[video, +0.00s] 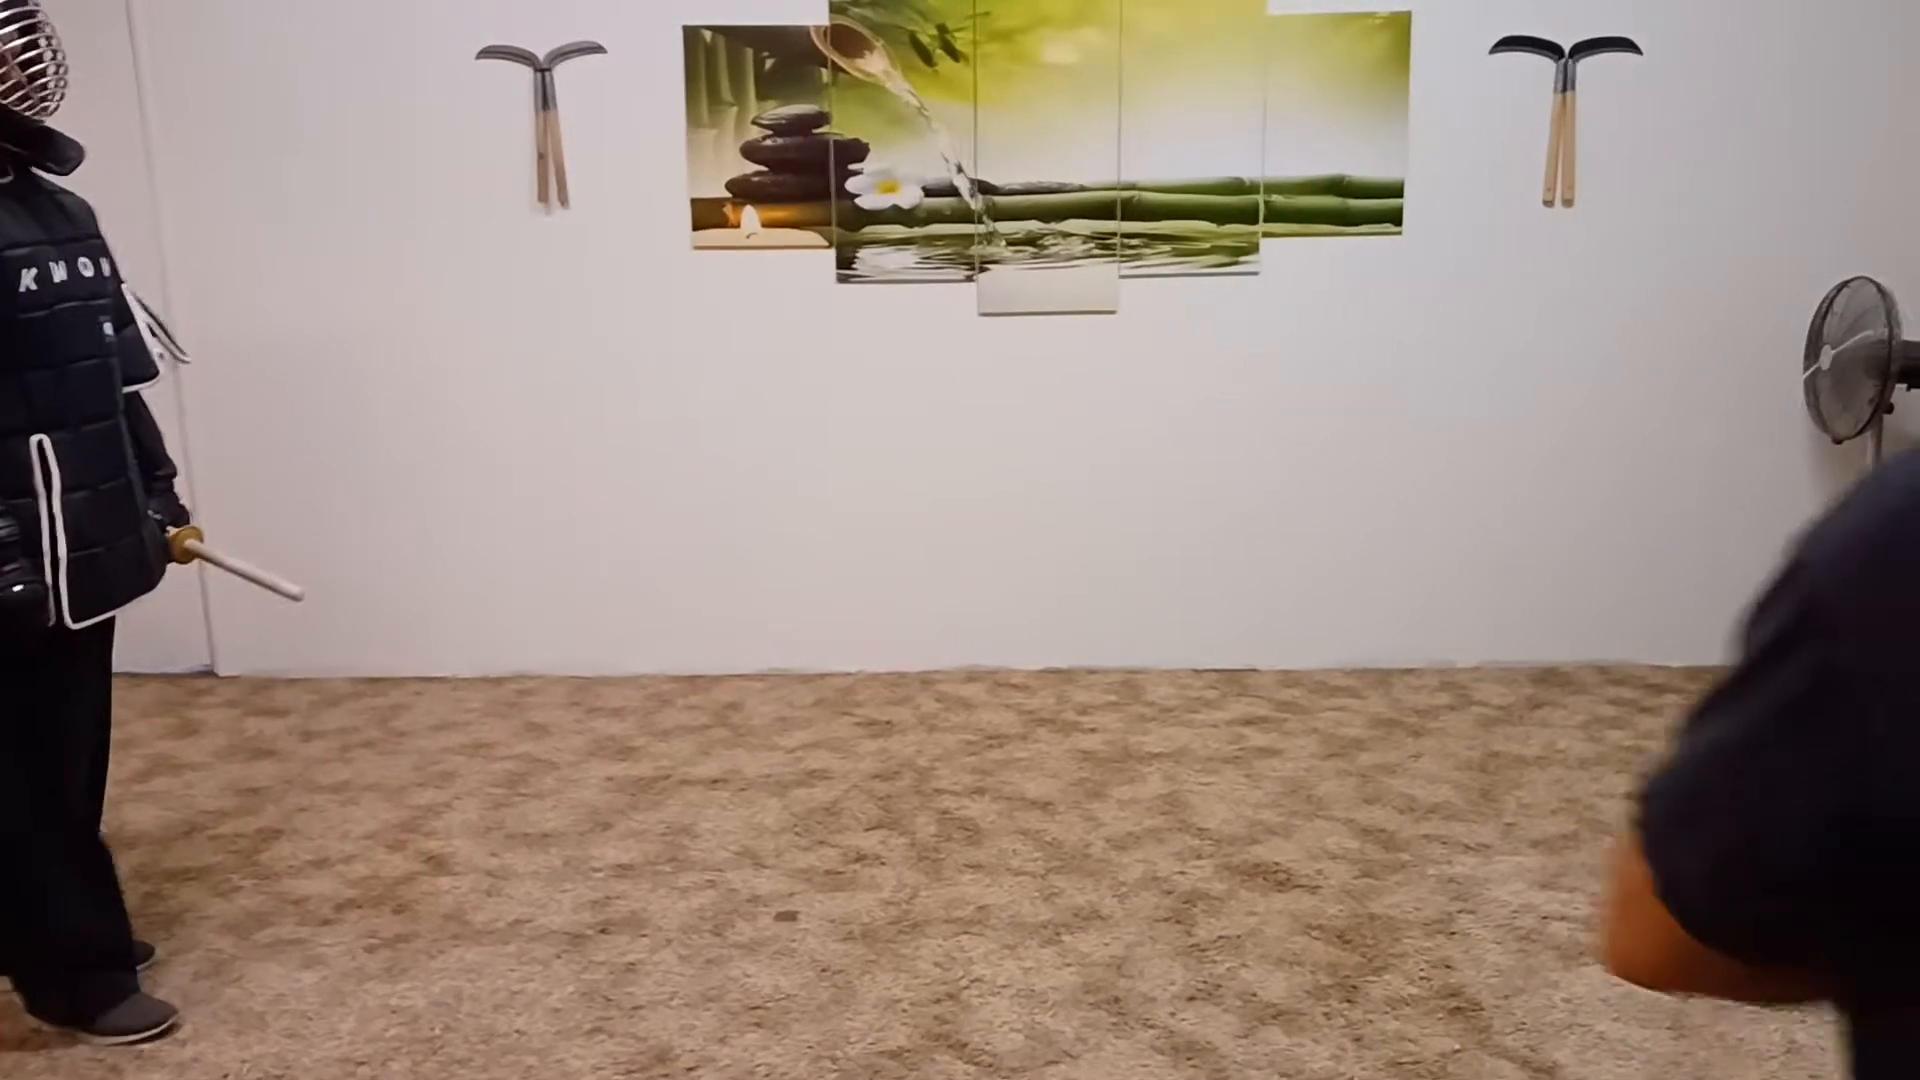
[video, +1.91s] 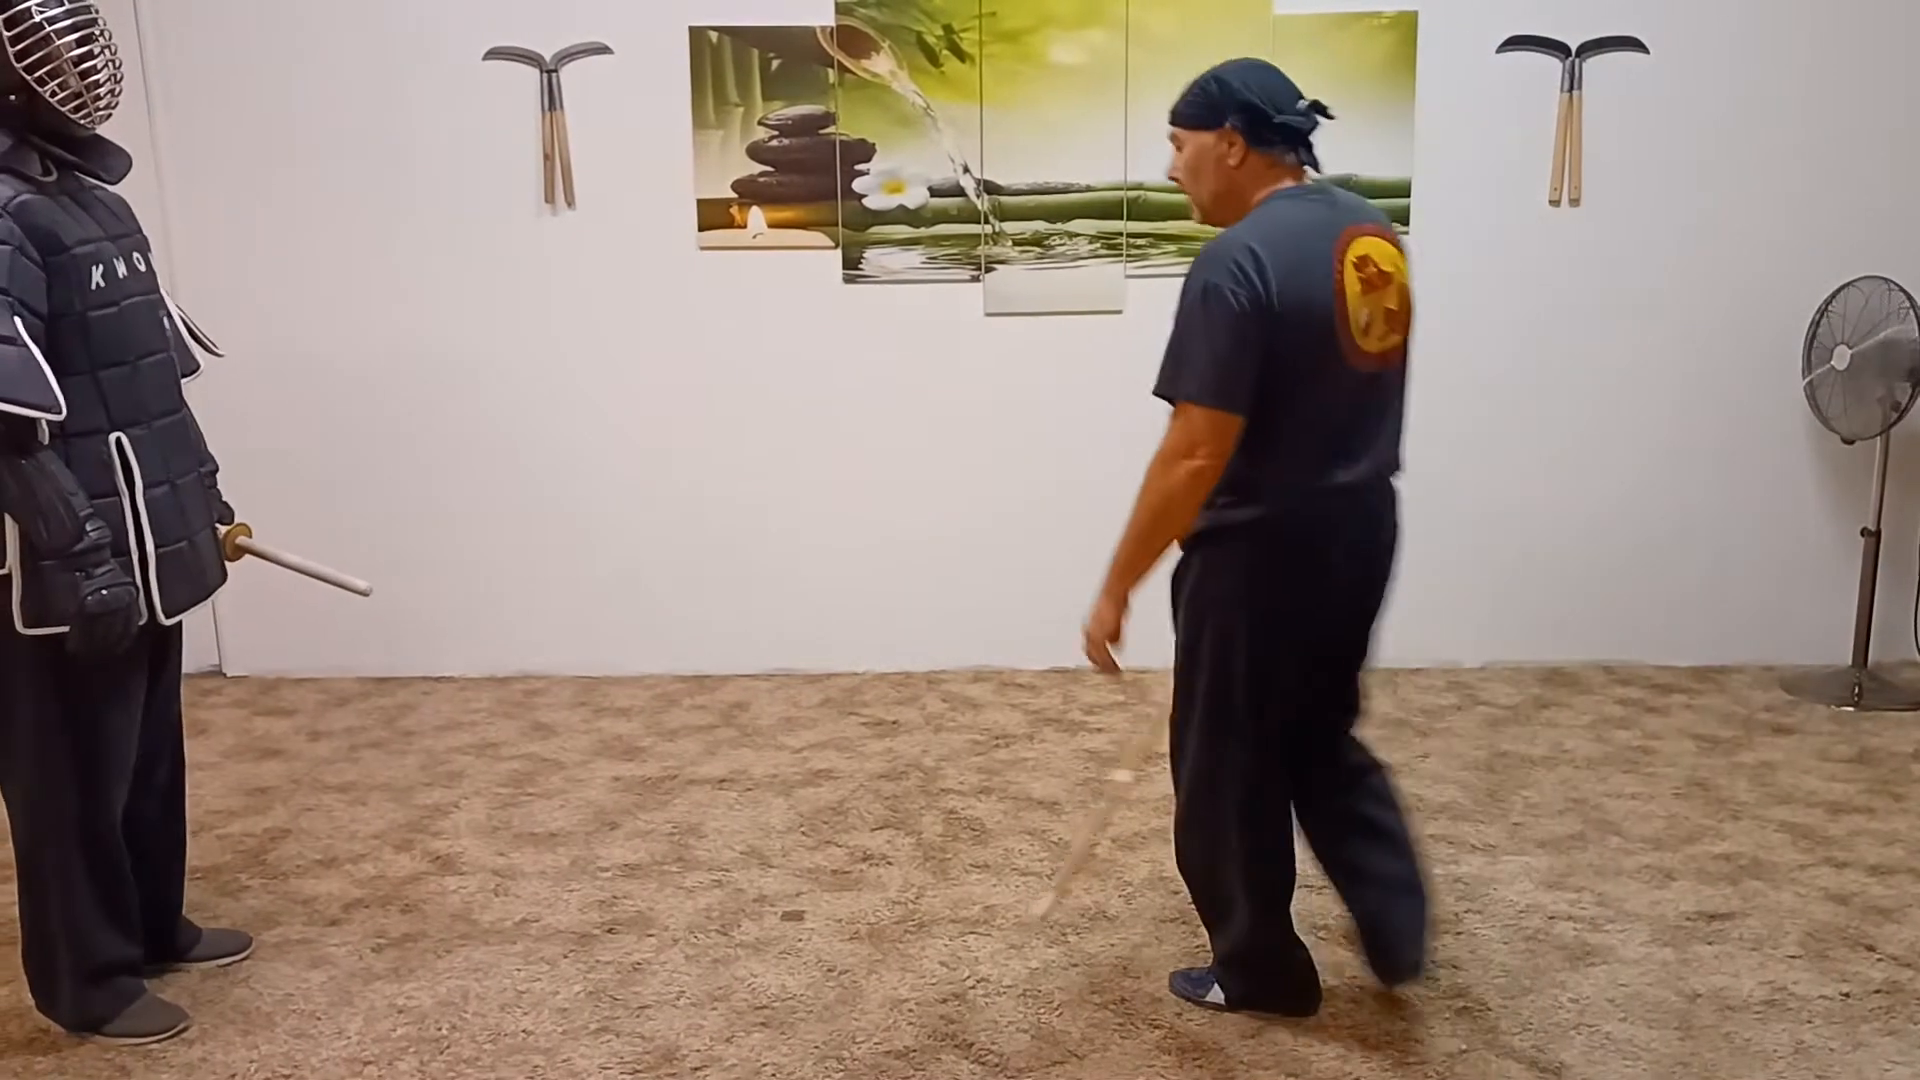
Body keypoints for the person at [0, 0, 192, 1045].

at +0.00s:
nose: (36, 67)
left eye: (38, 50)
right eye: (19, 52)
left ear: (43, 67)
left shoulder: (62, 205)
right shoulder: (9, 208)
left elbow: (111, 375)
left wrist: (159, 493)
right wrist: (13, 553)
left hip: (86, 543)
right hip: (18, 556)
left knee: (74, 761)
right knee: (32, 770)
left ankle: (96, 949)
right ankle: (64, 979)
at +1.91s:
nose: (100, 66)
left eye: (94, 47)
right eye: (75, 50)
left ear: (64, 70)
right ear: (25, 71)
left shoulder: (97, 197)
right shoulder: (9, 211)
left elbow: (151, 377)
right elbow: (19, 416)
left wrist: (202, 501)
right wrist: (78, 554)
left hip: (145, 543)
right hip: (67, 560)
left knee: (145, 750)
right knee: (74, 771)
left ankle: (152, 929)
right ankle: (83, 982)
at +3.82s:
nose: (118, 70)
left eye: (116, 50)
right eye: (92, 53)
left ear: (108, 69)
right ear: (38, 71)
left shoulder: (120, 198)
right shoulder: (19, 208)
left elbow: (175, 381)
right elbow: (26, 401)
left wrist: (221, 506)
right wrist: (101, 541)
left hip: (161, 538)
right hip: (74, 552)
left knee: (161, 746)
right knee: (87, 766)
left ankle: (160, 931)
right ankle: (91, 983)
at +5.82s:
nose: (100, 68)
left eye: (94, 52)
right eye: (79, 54)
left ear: (56, 78)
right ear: (39, 74)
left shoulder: (115, 207)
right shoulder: (15, 212)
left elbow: (170, 384)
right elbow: (24, 408)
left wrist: (213, 511)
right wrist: (98, 538)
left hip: (153, 551)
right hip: (64, 562)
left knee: (157, 753)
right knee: (82, 774)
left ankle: (161, 932)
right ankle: (88, 984)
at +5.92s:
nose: (98, 68)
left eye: (92, 52)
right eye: (76, 54)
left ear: (60, 80)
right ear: (35, 76)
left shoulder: (115, 208)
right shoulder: (13, 214)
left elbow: (168, 384)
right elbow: (23, 409)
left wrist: (212, 511)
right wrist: (98, 538)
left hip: (153, 548)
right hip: (64, 560)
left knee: (157, 752)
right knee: (82, 773)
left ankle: (160, 931)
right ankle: (87, 983)